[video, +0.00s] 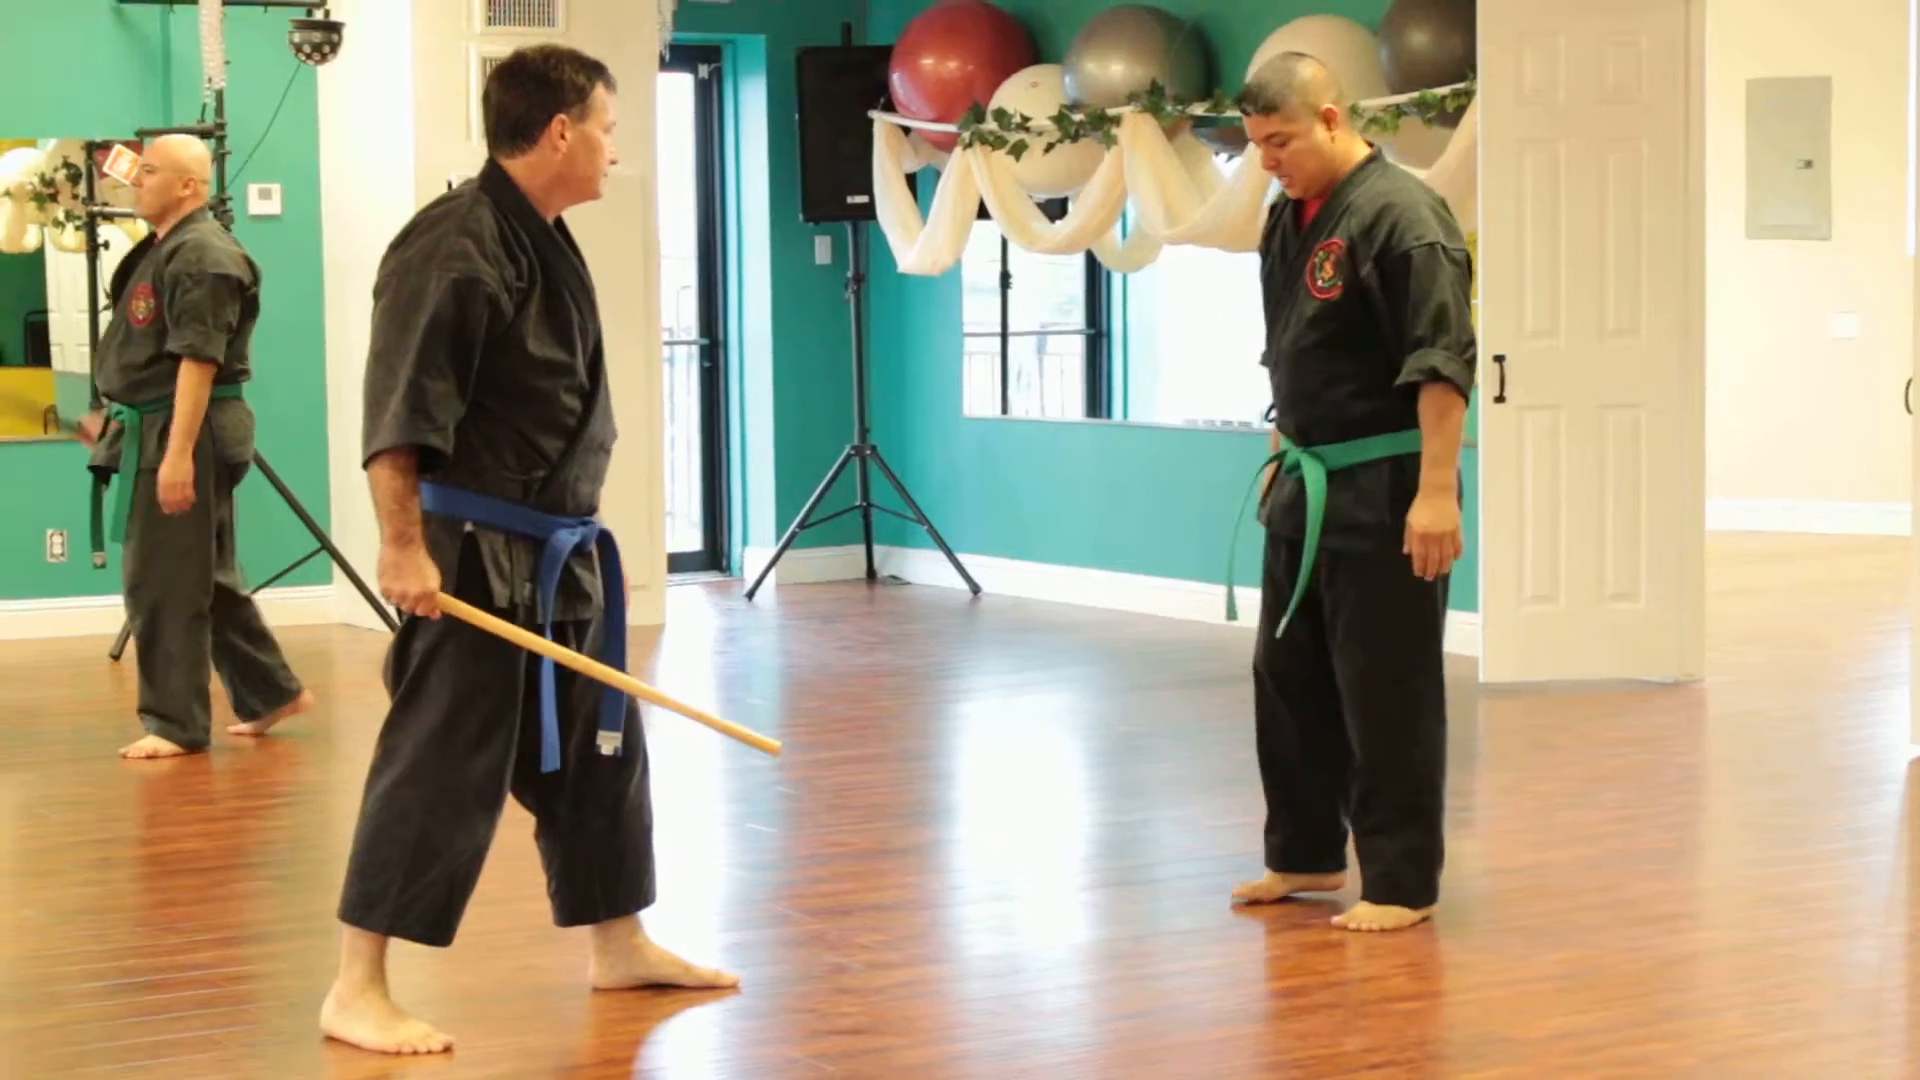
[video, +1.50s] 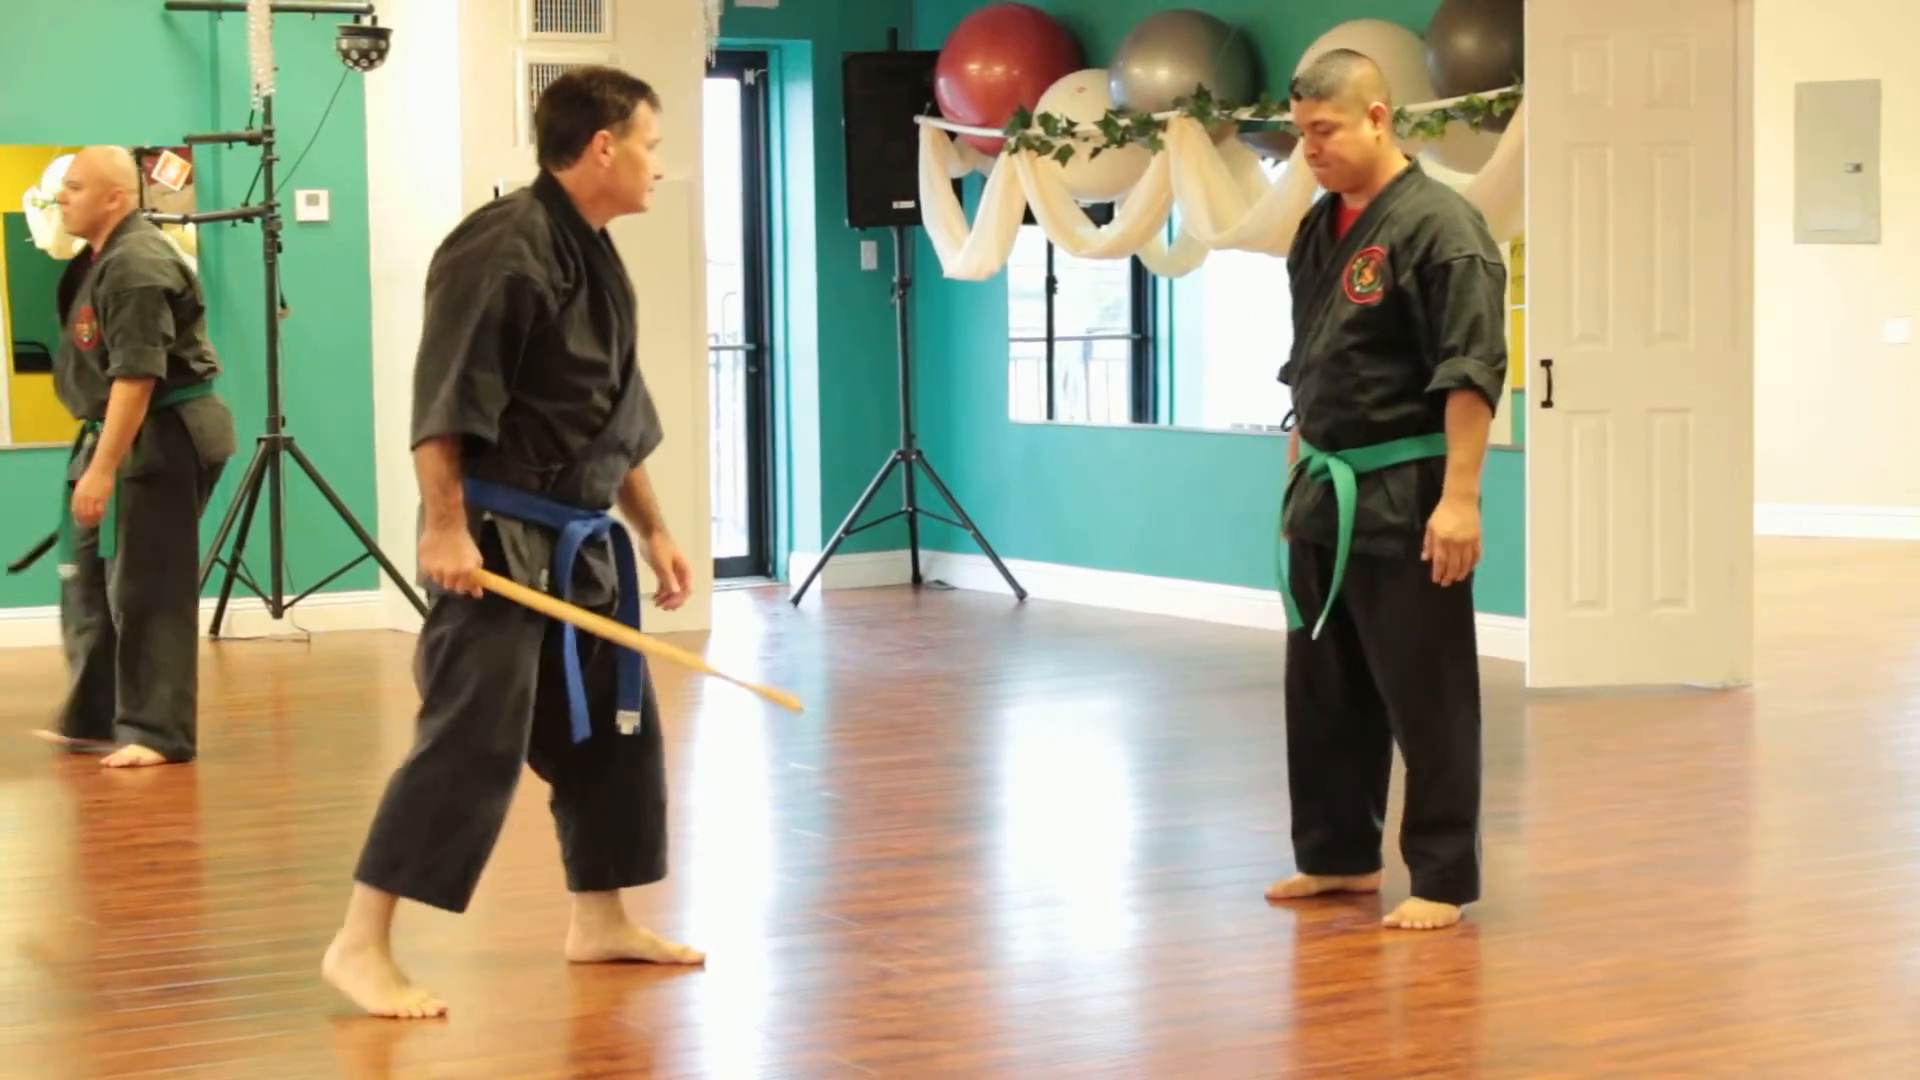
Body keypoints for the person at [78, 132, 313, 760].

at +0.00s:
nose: (134, 181)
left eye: (147, 172)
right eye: (137, 171)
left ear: (184, 185)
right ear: (173, 185)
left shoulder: (203, 254)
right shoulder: (167, 247)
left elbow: (199, 362)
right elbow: (144, 342)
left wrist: (180, 452)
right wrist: (111, 408)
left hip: (190, 428)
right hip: (170, 423)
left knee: (164, 576)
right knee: (200, 570)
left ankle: (178, 725)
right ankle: (271, 690)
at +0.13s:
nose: (120, 173)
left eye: (135, 166)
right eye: (125, 164)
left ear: (174, 181)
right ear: (163, 181)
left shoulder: (189, 247)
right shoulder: (152, 242)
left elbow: (188, 352)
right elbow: (123, 324)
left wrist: (180, 444)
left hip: (171, 431)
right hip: (144, 425)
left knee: (163, 574)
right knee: (144, 570)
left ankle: (183, 725)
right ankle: (232, 673)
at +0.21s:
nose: (114, 169)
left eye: (128, 162)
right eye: (117, 159)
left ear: (168, 178)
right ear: (152, 178)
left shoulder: (180, 244)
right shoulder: (141, 237)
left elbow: (179, 347)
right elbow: (98, 288)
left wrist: (166, 438)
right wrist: (44, 236)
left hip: (164, 430)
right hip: (132, 425)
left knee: (164, 574)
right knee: (116, 565)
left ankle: (186, 726)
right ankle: (176, 706)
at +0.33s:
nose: (97, 177)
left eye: (109, 167)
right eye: (100, 166)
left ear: (151, 177)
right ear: (140, 177)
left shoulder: (168, 245)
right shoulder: (115, 234)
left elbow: (161, 349)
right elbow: (62, 222)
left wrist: (134, 434)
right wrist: (60, 150)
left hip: (160, 424)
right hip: (109, 423)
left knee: (163, 579)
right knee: (93, 572)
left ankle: (190, 727)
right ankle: (92, 718)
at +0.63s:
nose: (41, 182)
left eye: (54, 173)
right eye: (44, 172)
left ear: (95, 185)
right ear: (77, 185)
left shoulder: (127, 257)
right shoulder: (31, 248)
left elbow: (118, 364)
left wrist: (68, 449)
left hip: (117, 437)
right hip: (48, 437)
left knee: (151, 587)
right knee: (31, 594)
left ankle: (191, 727)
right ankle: (11, 730)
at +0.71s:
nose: (24, 182)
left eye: (38, 172)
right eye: (27, 171)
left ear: (82, 185)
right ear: (62, 185)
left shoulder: (119, 260)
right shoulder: (21, 253)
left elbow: (116, 366)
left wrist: (75, 453)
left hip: (111, 437)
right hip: (38, 437)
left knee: (144, 588)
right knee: (28, 590)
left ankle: (192, 725)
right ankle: (17, 730)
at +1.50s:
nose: (62, 197)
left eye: (73, 188)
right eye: (64, 187)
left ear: (113, 198)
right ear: (109, 199)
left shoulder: (136, 263)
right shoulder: (109, 258)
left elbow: (137, 378)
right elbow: (118, 370)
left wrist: (102, 468)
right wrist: (100, 447)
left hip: (163, 433)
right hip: (129, 428)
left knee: (150, 580)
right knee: (93, 575)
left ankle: (160, 732)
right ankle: (95, 718)